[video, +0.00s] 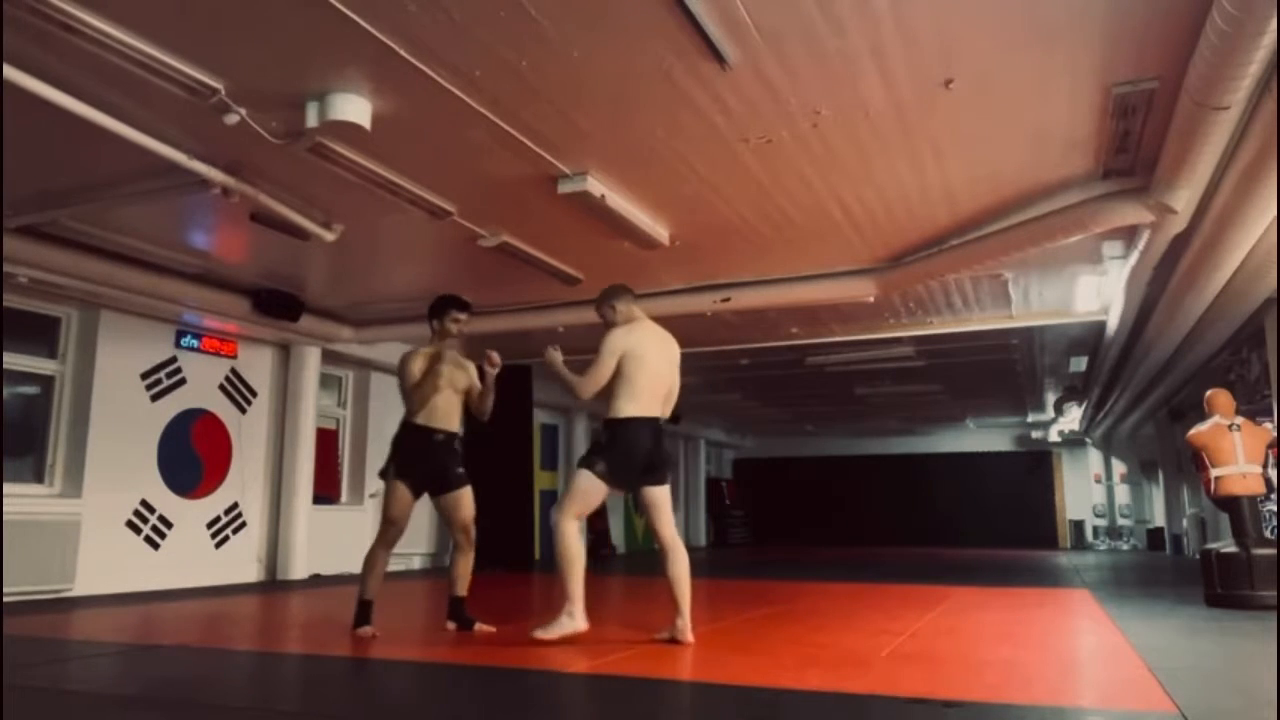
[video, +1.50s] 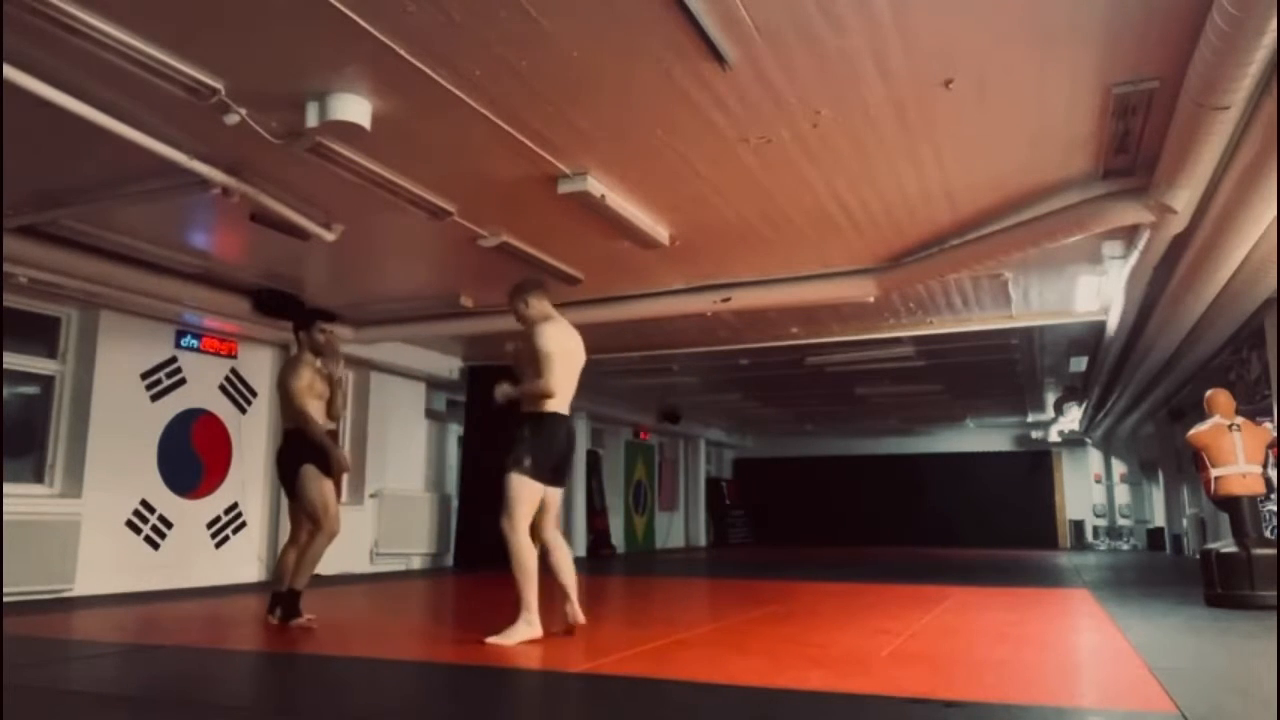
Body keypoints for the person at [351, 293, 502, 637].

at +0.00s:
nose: (461, 328)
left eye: (464, 323)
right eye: (455, 321)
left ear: (465, 327)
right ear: (435, 322)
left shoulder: (468, 367)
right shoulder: (416, 358)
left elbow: (483, 412)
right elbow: (412, 400)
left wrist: (490, 378)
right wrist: (438, 361)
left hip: (450, 449)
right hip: (413, 444)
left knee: (466, 532)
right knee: (390, 530)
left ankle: (458, 610)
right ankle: (364, 613)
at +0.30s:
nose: (425, 325)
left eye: (429, 320)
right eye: (419, 318)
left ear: (429, 321)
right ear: (400, 317)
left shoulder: (428, 358)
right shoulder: (377, 355)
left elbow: (435, 410)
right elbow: (366, 406)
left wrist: (444, 376)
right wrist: (394, 380)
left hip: (413, 443)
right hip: (379, 441)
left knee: (438, 526)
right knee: (376, 530)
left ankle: (458, 606)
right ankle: (363, 616)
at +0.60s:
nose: (402, 328)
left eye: (406, 322)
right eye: (396, 321)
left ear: (406, 324)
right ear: (378, 320)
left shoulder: (397, 358)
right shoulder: (363, 360)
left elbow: (408, 408)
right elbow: (360, 412)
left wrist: (409, 371)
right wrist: (395, 448)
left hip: (387, 440)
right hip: (359, 441)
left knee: (398, 527)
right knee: (373, 528)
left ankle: (379, 596)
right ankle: (361, 612)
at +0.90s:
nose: (362, 341)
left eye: (367, 335)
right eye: (355, 334)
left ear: (371, 338)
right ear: (340, 336)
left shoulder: (355, 368)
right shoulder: (339, 369)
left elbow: (375, 406)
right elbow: (372, 414)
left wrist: (374, 382)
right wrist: (410, 440)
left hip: (352, 453)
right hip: (343, 454)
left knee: (339, 536)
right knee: (370, 531)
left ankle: (292, 596)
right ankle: (361, 619)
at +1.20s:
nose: (333, 344)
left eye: (337, 338)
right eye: (326, 337)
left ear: (339, 339)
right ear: (308, 337)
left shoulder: (327, 370)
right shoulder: (303, 371)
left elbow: (350, 411)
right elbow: (328, 415)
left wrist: (341, 381)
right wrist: (353, 458)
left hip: (326, 452)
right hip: (309, 453)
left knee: (312, 537)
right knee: (340, 522)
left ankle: (282, 601)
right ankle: (334, 604)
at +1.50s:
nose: (327, 338)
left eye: (329, 332)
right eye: (321, 332)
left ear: (329, 337)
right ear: (302, 335)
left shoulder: (321, 371)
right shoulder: (296, 367)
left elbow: (335, 415)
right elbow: (302, 412)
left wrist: (337, 379)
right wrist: (332, 449)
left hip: (312, 449)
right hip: (300, 448)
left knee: (300, 535)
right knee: (328, 525)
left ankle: (279, 602)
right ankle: (291, 601)